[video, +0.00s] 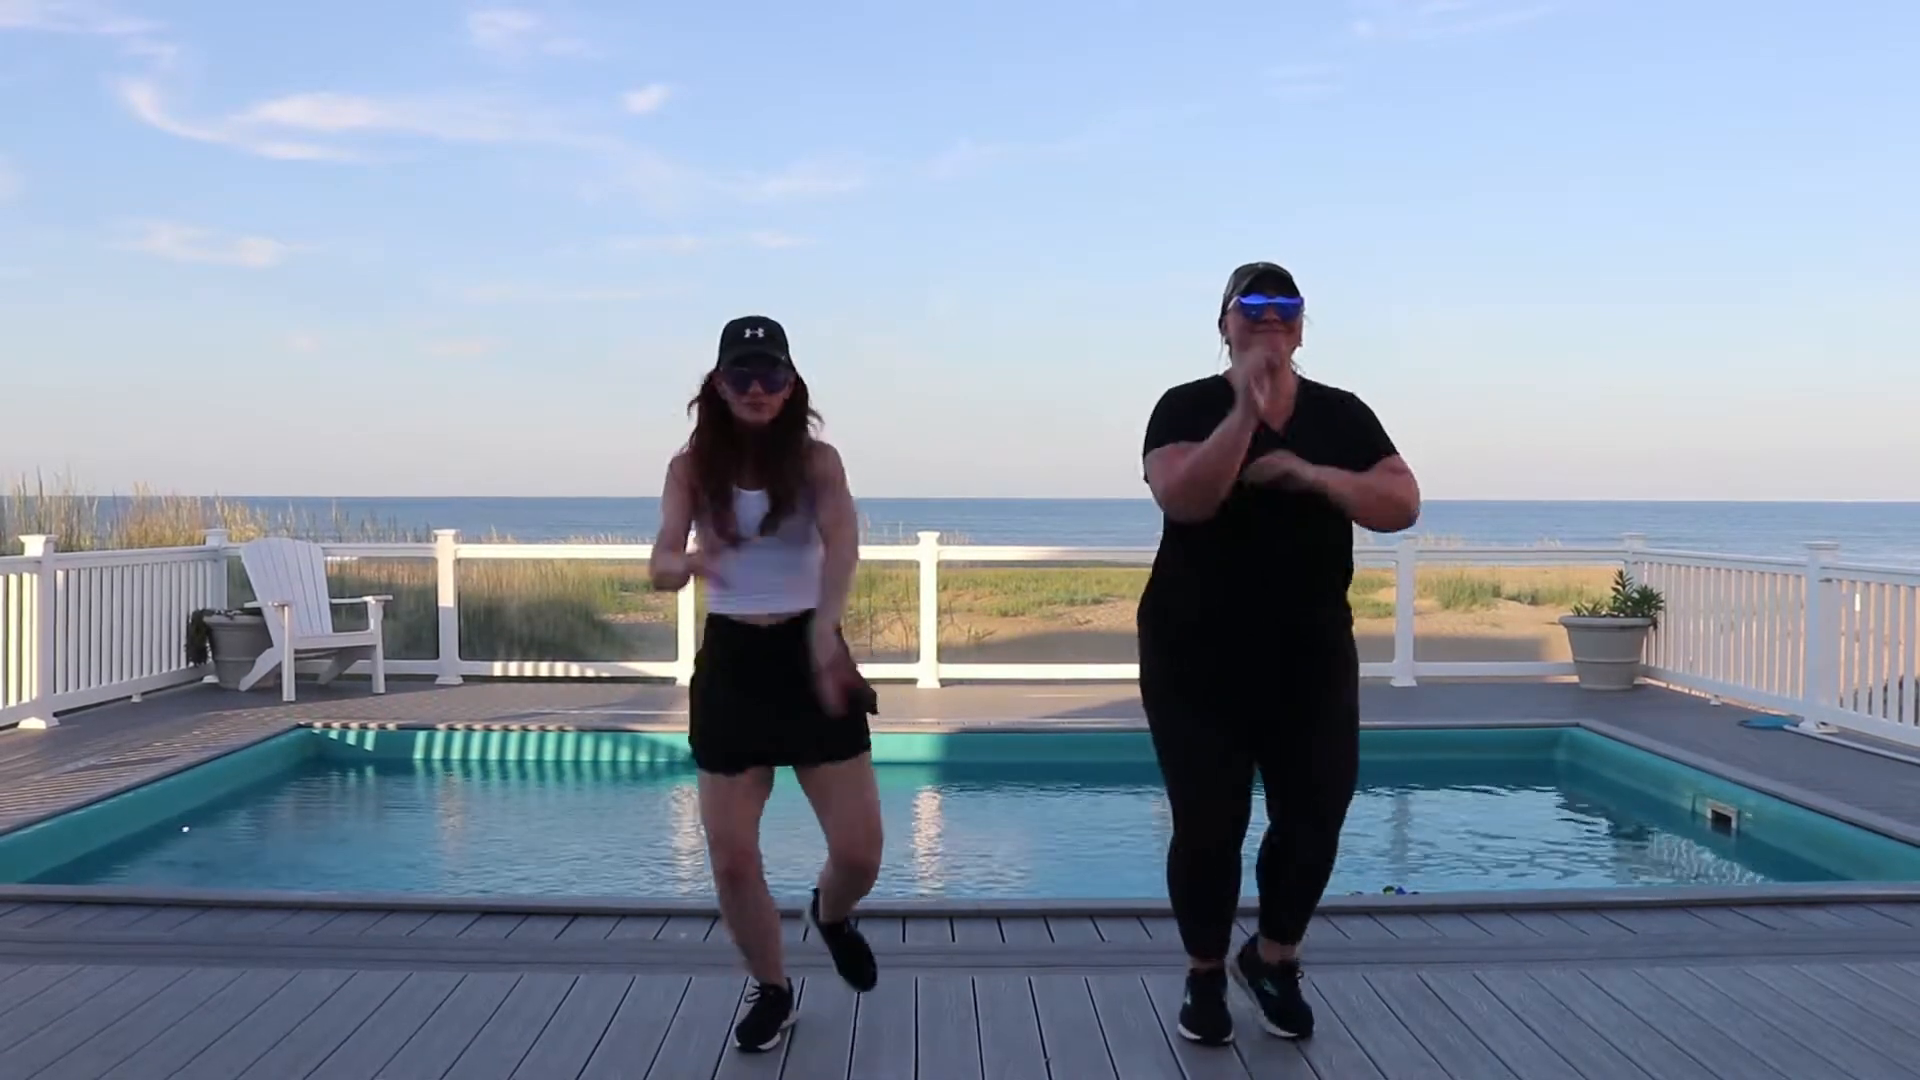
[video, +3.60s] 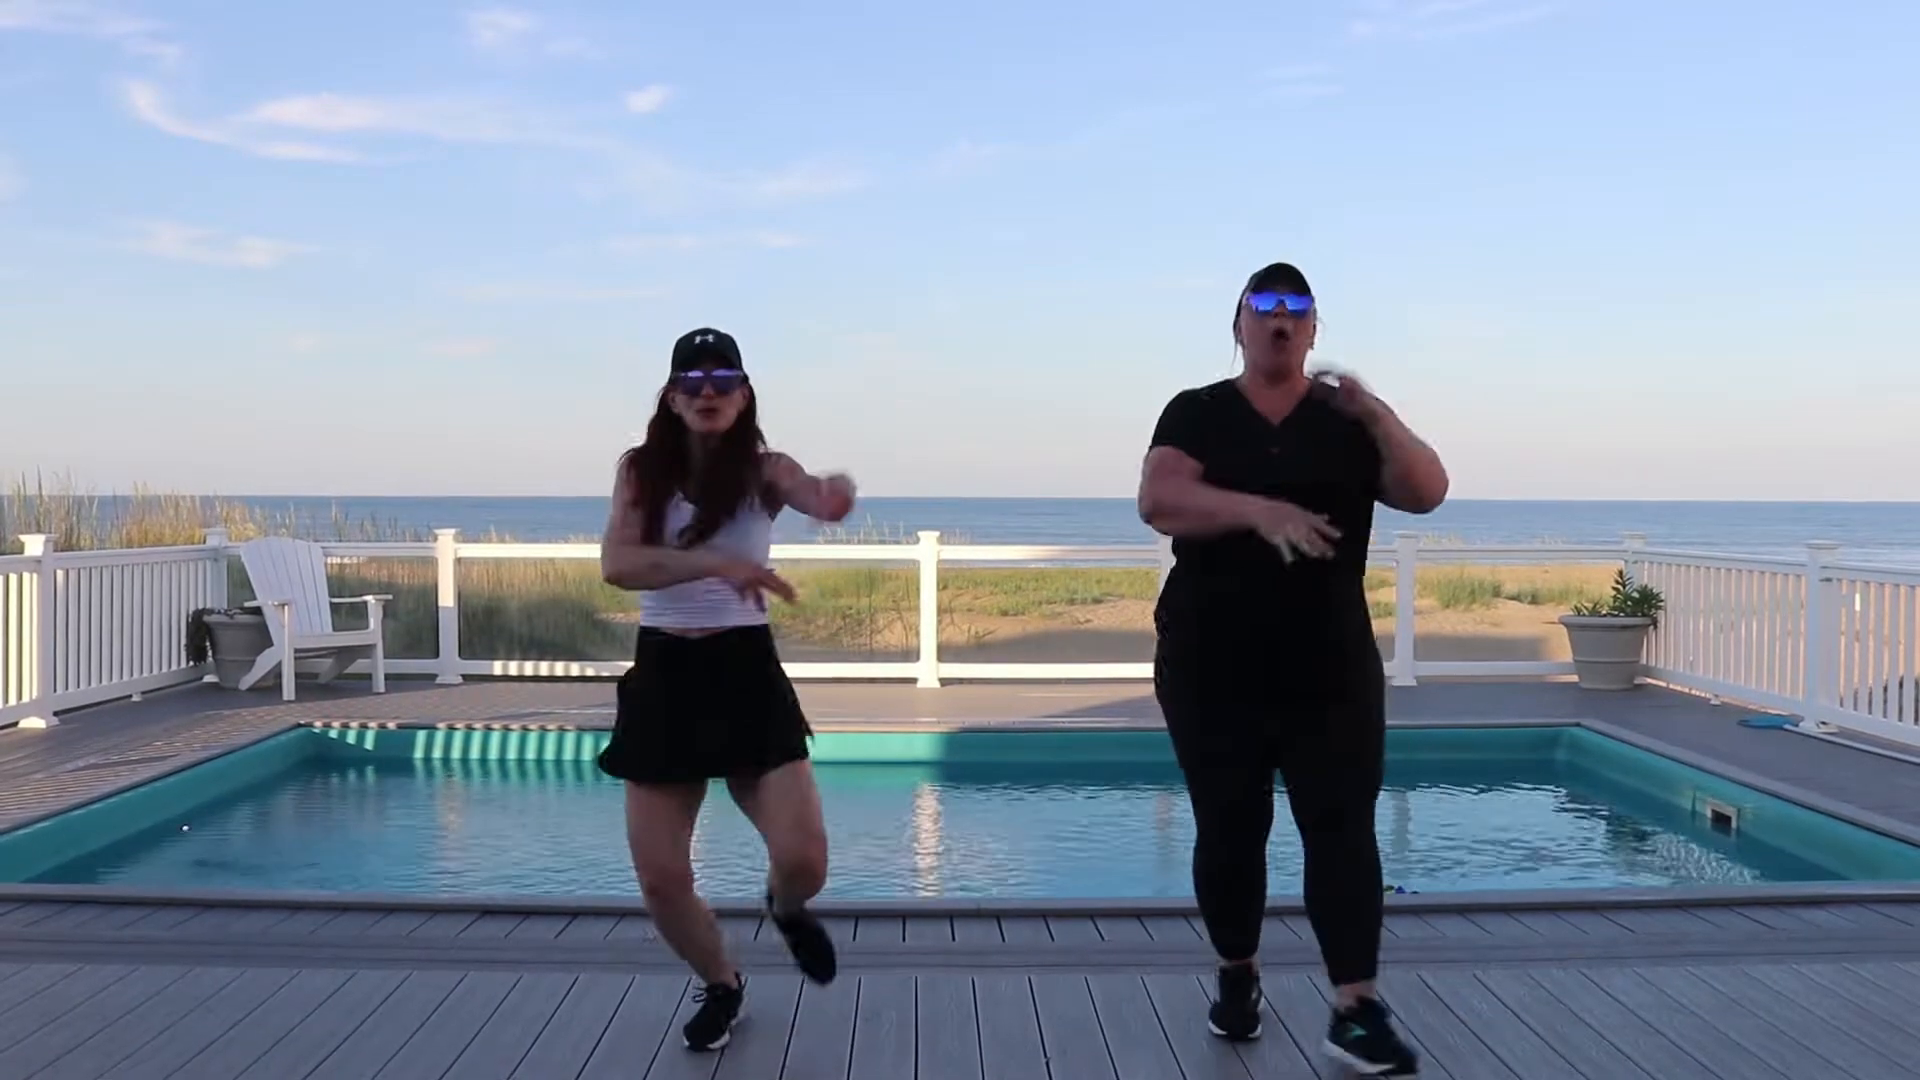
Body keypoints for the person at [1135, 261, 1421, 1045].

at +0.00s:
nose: (1270, 325)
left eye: (1284, 314)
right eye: (1254, 314)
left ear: (1302, 328)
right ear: (1225, 326)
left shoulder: (1342, 413)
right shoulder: (1184, 408)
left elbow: (1401, 502)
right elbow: (1182, 499)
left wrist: (1309, 473)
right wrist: (1246, 410)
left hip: (1311, 652)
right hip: (1198, 652)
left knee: (1315, 813)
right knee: (1207, 821)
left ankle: (1275, 957)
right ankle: (1206, 970)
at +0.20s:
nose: (1269, 330)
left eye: (1282, 320)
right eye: (1252, 319)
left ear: (1299, 334)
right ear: (1224, 333)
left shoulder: (1333, 415)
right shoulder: (1183, 422)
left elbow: (1376, 478)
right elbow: (1167, 510)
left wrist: (1351, 362)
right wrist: (1279, 492)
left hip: (1289, 662)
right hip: (1180, 661)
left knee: (1299, 824)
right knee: (1191, 823)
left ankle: (1336, 993)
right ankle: (1202, 977)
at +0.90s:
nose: (1274, 334)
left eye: (1288, 320)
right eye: (1259, 320)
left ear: (1307, 323)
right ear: (1233, 324)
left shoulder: (1352, 400)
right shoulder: (1196, 399)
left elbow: (1412, 474)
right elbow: (1167, 460)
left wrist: (1328, 449)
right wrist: (1234, 468)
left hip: (1322, 657)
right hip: (1210, 656)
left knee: (1302, 824)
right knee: (1210, 821)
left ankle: (1279, 970)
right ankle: (1216, 958)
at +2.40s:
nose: (1299, 309)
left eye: (1313, 299)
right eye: (1284, 298)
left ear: (1331, 315)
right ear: (1255, 312)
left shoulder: (1368, 401)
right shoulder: (1214, 396)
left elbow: (1410, 472)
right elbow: (1193, 492)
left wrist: (1400, 351)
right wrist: (1318, 485)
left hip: (1337, 654)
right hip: (1223, 653)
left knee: (1326, 826)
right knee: (1224, 820)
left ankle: (1310, 992)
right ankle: (1229, 956)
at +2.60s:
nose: (1301, 308)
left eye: (1314, 298)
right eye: (1285, 297)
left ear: (1334, 313)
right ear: (1258, 312)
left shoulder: (1373, 406)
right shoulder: (1221, 395)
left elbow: (1444, 481)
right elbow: (1200, 480)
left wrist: (1399, 396)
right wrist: (1321, 505)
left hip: (1345, 652)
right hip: (1231, 651)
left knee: (1333, 819)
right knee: (1228, 816)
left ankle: (1317, 968)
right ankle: (1231, 955)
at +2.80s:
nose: (1301, 311)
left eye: (1315, 300)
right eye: (1285, 300)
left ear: (1336, 319)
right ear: (1260, 318)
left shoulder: (1383, 405)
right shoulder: (1222, 405)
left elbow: (1439, 489)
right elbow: (1204, 480)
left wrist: (1325, 497)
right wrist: (1271, 391)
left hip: (1353, 661)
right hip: (1238, 661)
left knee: (1329, 824)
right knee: (1238, 827)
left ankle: (1314, 979)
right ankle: (1217, 999)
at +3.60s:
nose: (1283, 323)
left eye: (1296, 313)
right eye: (1268, 311)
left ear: (1314, 329)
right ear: (1240, 325)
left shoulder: (1351, 423)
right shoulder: (1196, 413)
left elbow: (1428, 490)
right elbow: (1160, 500)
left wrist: (1375, 411)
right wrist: (1260, 511)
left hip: (1332, 662)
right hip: (1216, 665)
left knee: (1344, 827)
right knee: (1229, 829)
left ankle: (1357, 1003)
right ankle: (1236, 975)